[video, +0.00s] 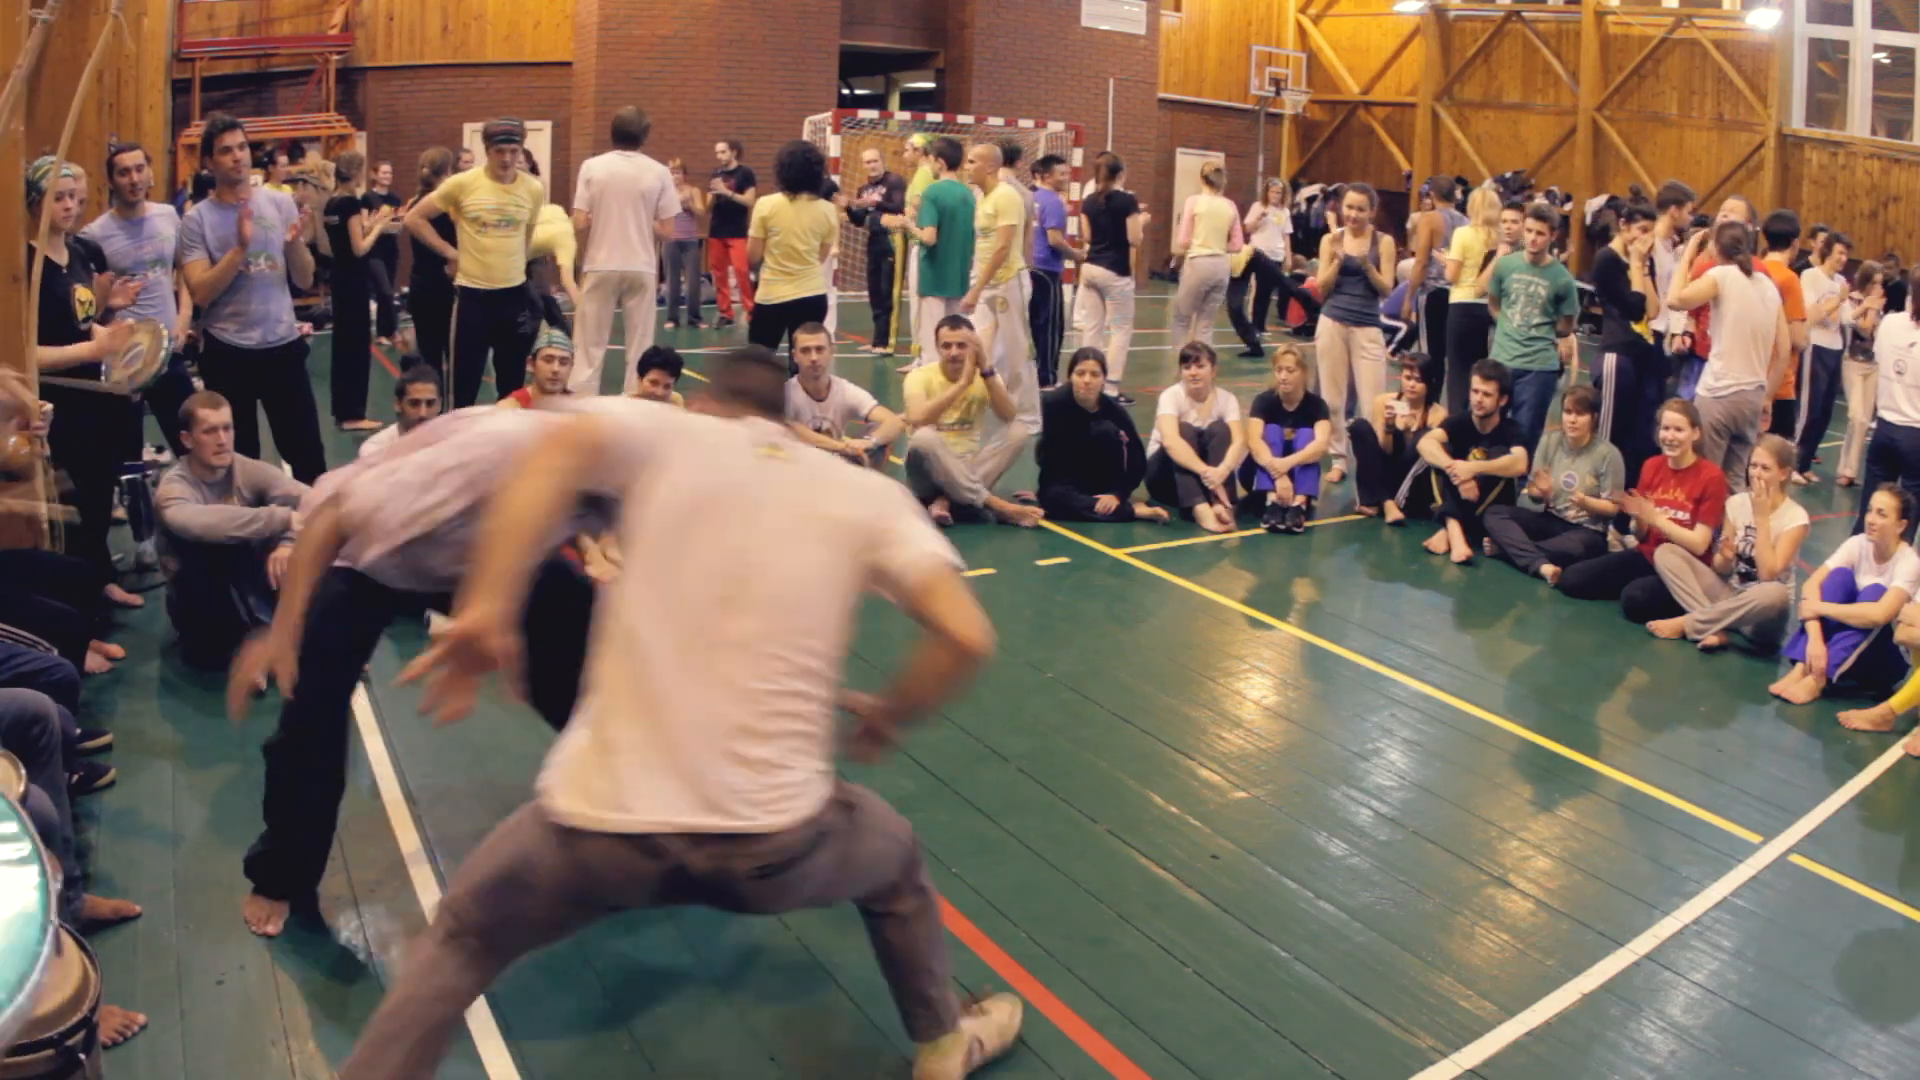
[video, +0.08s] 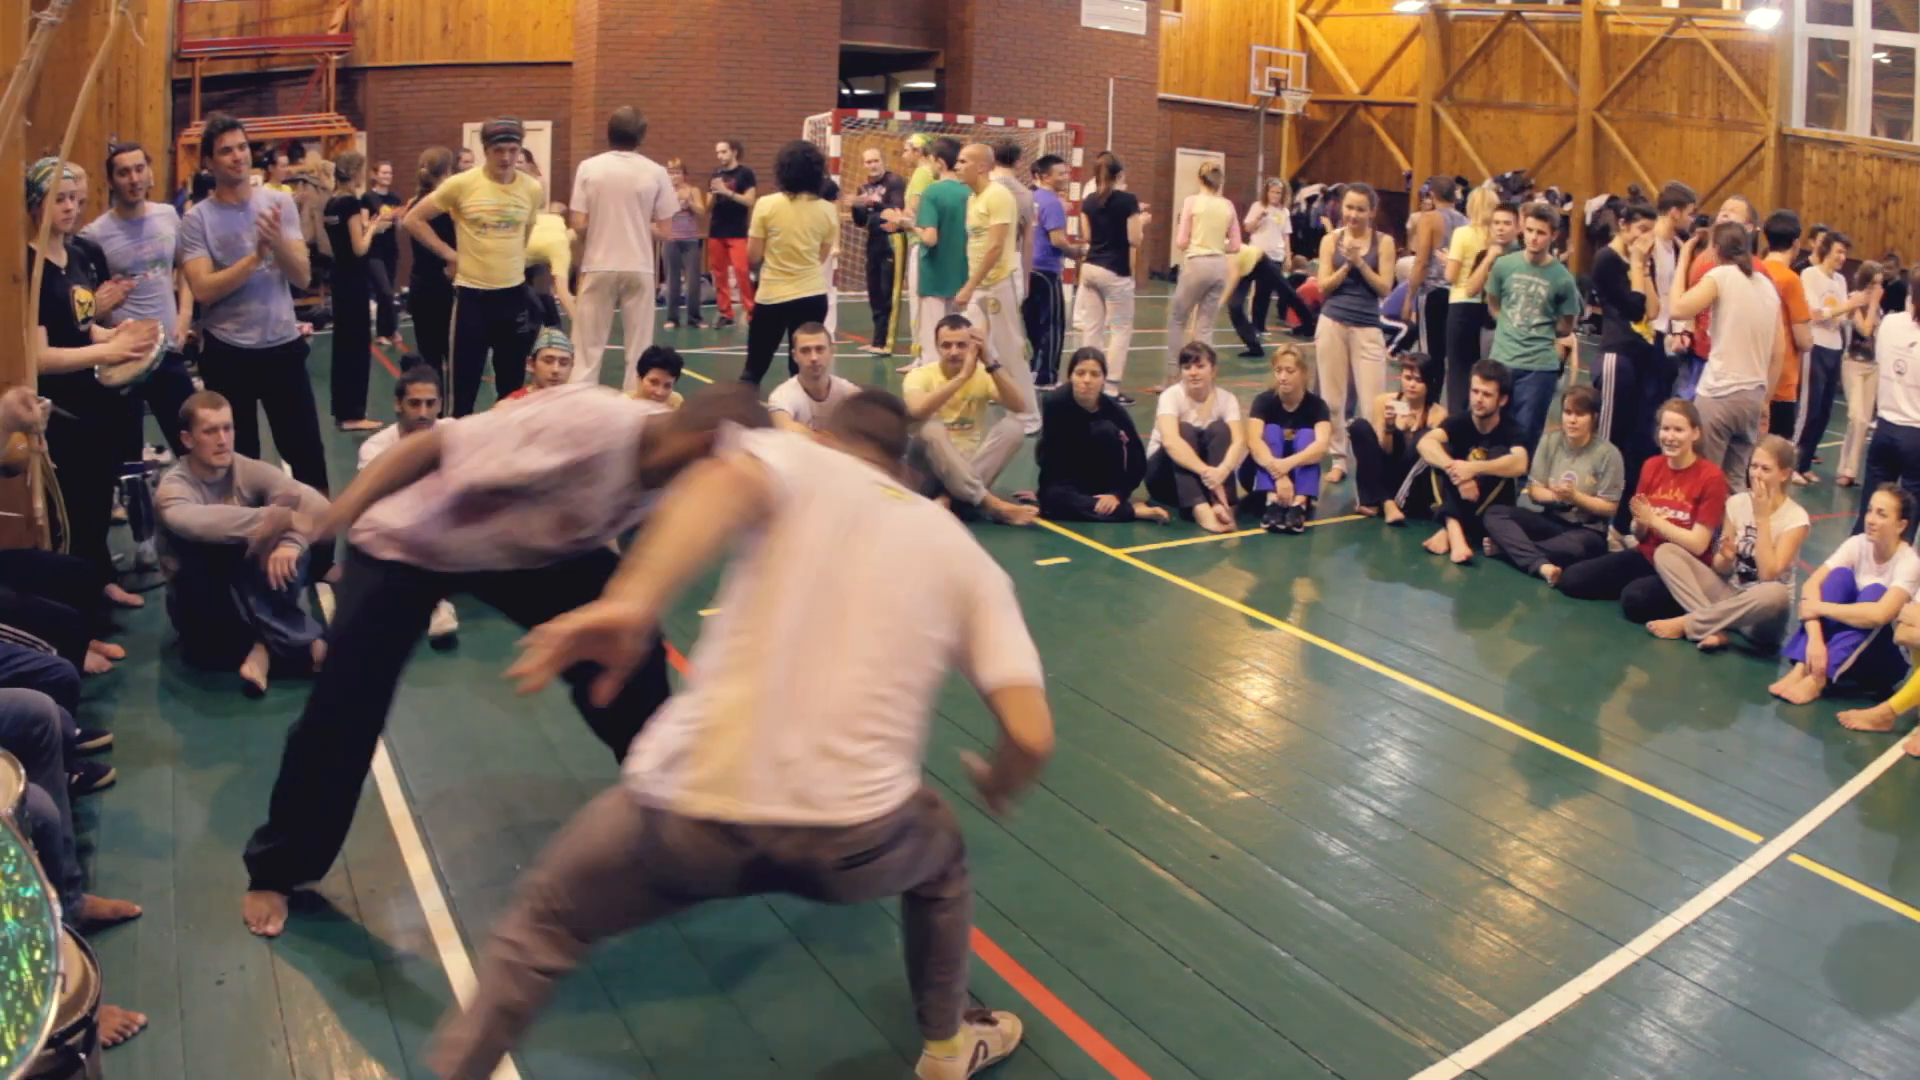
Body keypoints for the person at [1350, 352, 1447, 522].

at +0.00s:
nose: (1411, 385)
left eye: (1419, 380)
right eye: (1407, 378)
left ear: (1430, 383)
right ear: (1400, 378)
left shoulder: (1438, 414)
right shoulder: (1383, 402)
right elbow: (1386, 451)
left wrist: (1409, 433)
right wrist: (1389, 426)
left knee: (1424, 440)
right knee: (1359, 426)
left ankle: (1373, 501)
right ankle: (1387, 501)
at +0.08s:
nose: (1411, 385)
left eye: (1419, 380)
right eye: (1407, 378)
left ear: (1430, 383)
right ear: (1400, 379)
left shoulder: (1438, 414)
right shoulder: (1383, 402)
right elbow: (1386, 451)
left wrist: (1409, 433)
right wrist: (1389, 426)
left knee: (1423, 441)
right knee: (1359, 426)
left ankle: (1373, 501)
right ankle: (1387, 501)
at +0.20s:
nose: (1412, 385)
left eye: (1419, 380)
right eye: (1408, 378)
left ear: (1430, 384)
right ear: (1400, 379)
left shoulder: (1438, 414)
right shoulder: (1383, 402)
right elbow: (1386, 452)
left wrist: (1409, 433)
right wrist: (1389, 426)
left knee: (1423, 441)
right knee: (1359, 426)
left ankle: (1373, 501)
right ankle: (1387, 501)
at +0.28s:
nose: (1412, 385)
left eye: (1419, 380)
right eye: (1408, 378)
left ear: (1430, 384)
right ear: (1401, 379)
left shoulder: (1438, 415)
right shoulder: (1383, 402)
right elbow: (1386, 452)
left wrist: (1409, 433)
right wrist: (1389, 427)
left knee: (1422, 442)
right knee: (1359, 426)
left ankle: (1373, 501)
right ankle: (1387, 501)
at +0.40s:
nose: (1412, 385)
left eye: (1419, 381)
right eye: (1408, 379)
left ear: (1431, 385)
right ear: (1401, 379)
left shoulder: (1439, 415)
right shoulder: (1383, 402)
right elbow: (1386, 452)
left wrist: (1410, 433)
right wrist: (1389, 427)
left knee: (1423, 444)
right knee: (1359, 426)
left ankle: (1373, 501)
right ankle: (1387, 501)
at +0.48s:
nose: (1412, 386)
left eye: (1420, 381)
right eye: (1408, 379)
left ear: (1431, 385)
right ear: (1401, 378)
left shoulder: (1439, 416)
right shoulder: (1383, 402)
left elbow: (1432, 455)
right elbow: (1386, 452)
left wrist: (1413, 433)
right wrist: (1389, 427)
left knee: (1422, 445)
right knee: (1358, 426)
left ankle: (1373, 501)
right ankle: (1387, 501)